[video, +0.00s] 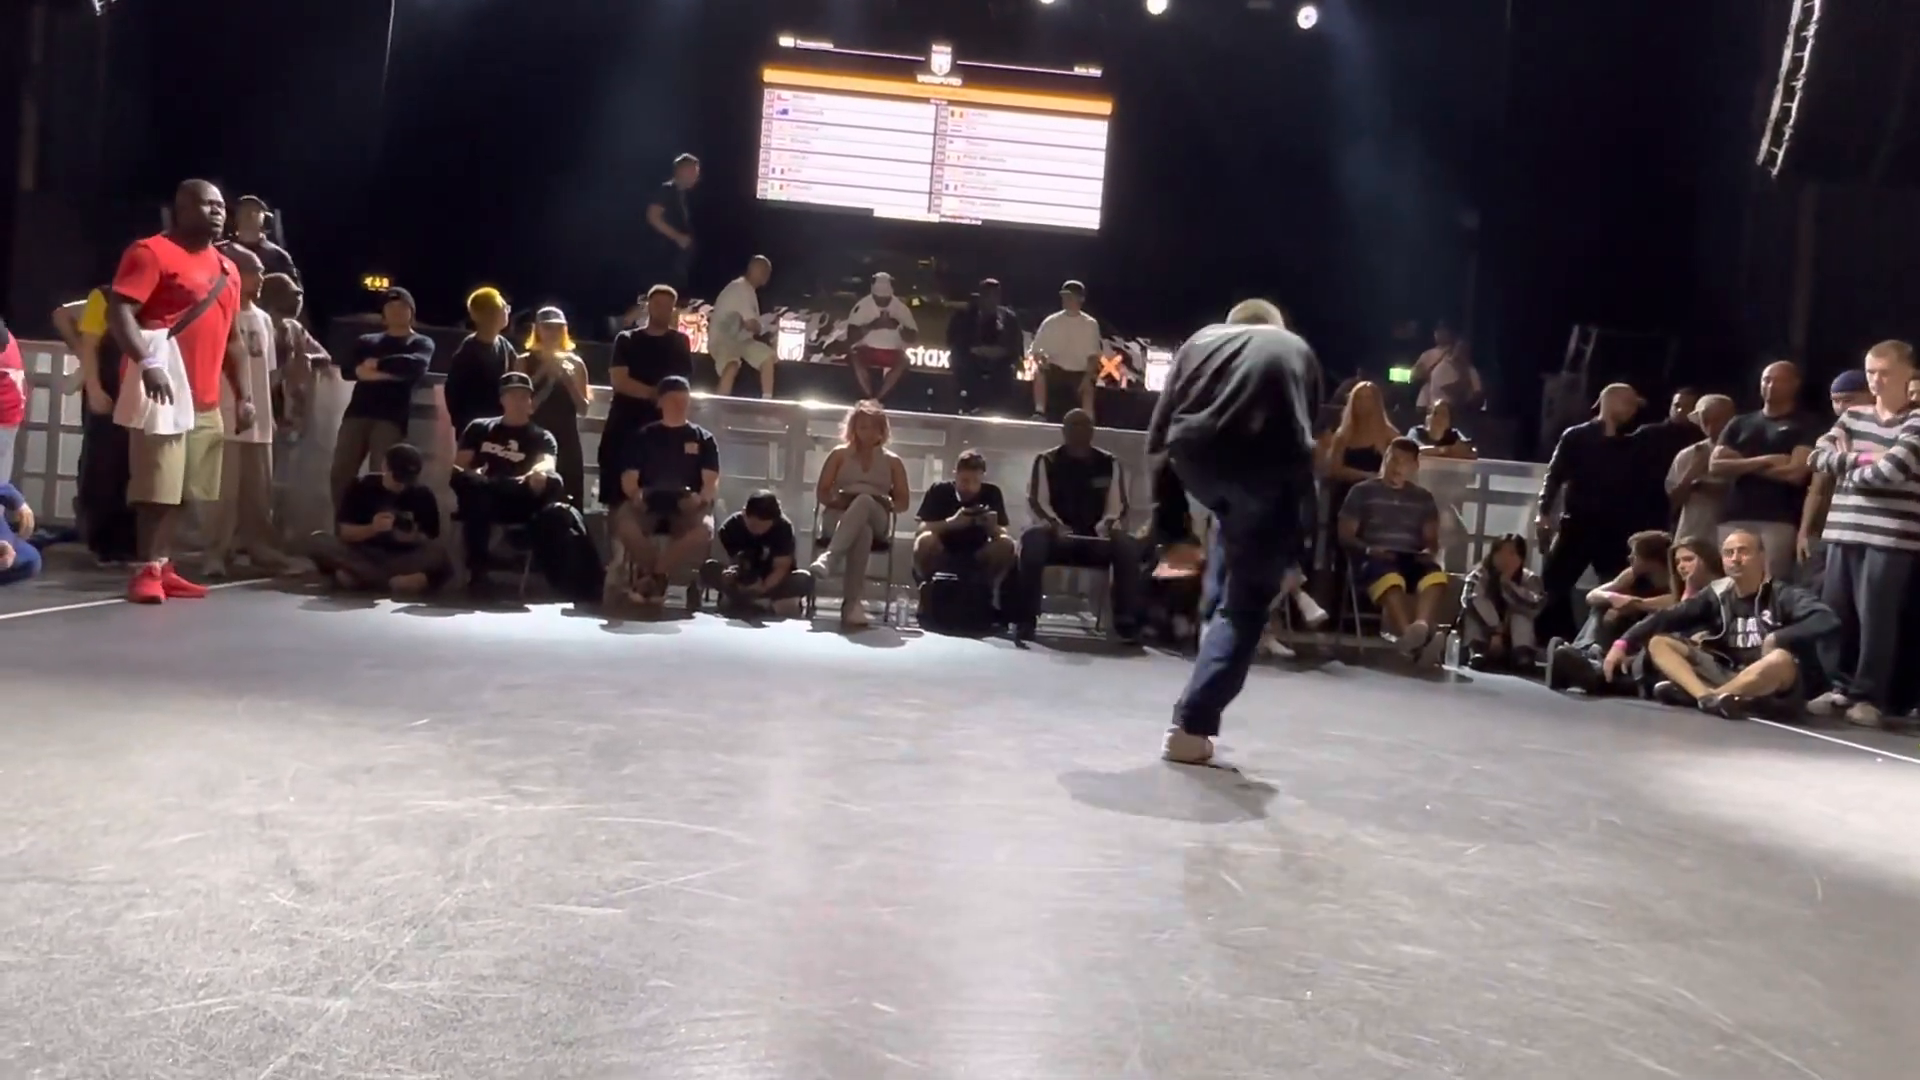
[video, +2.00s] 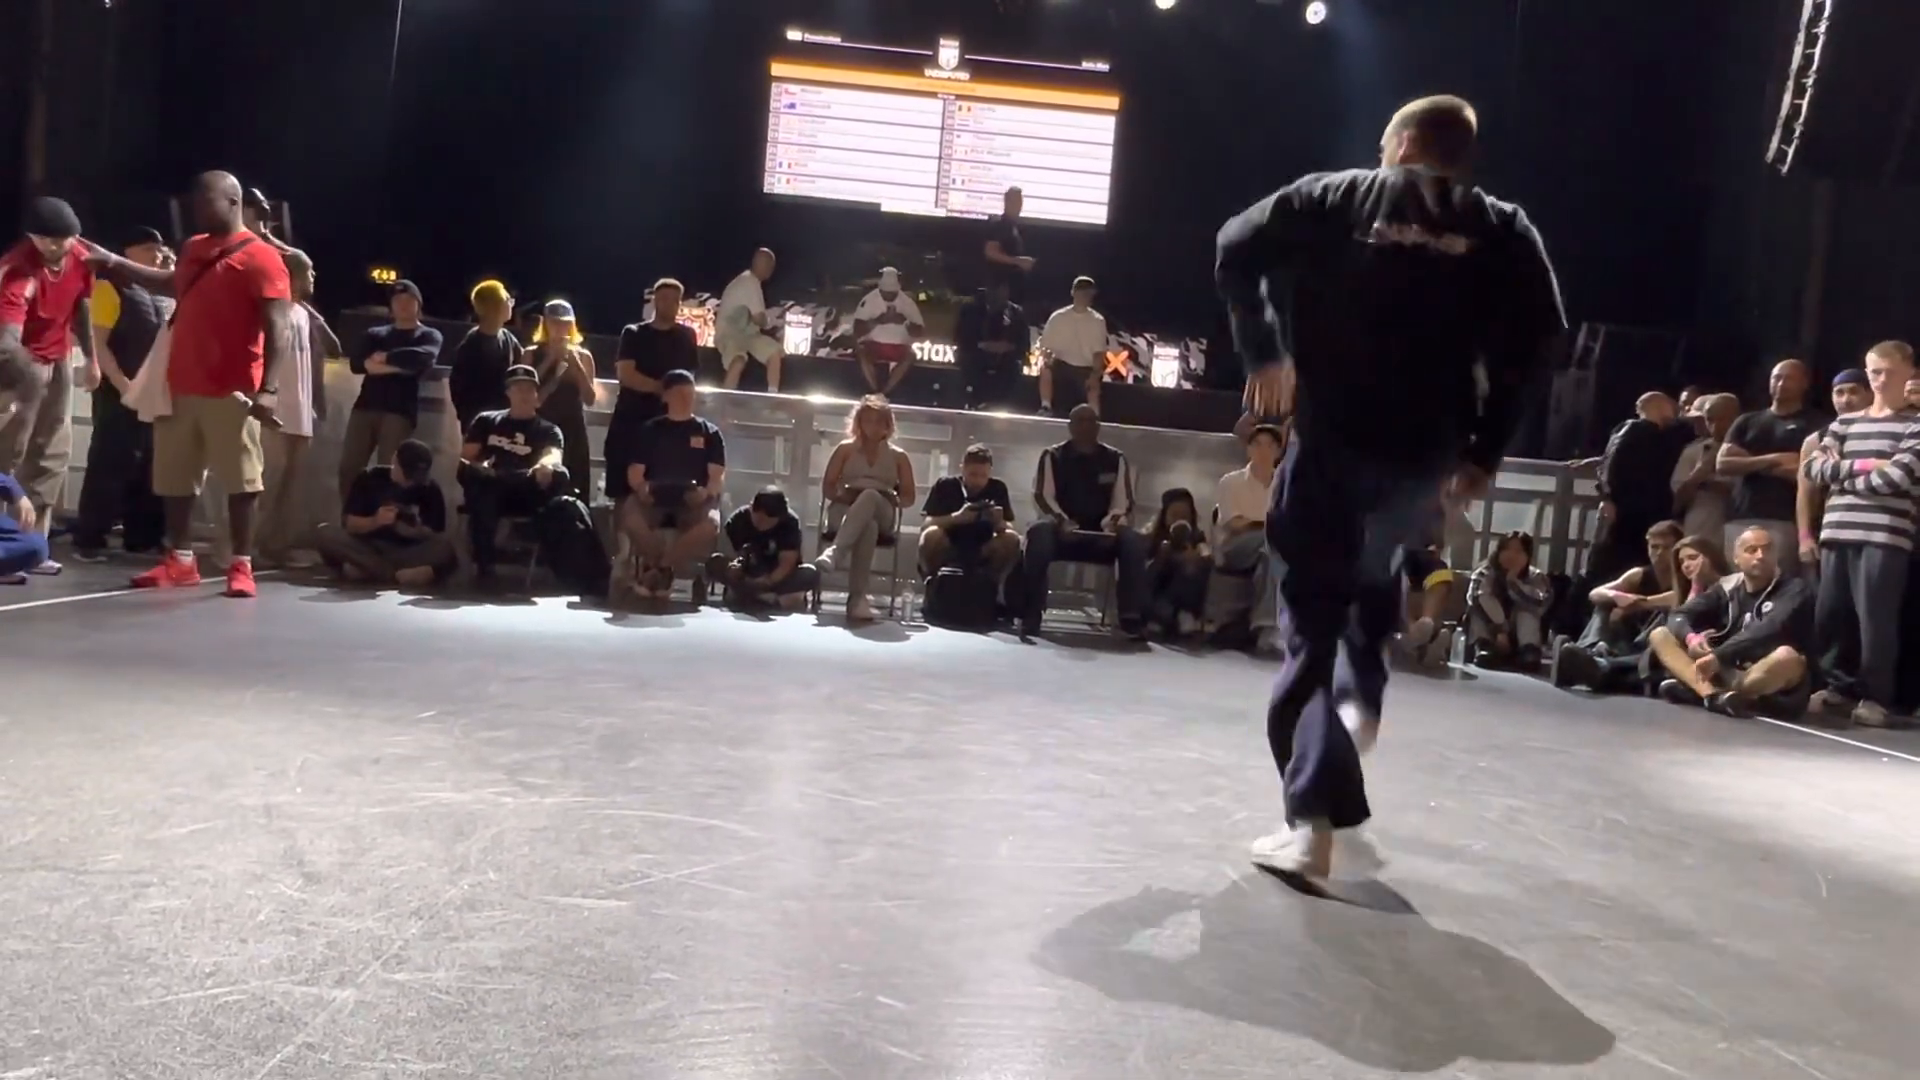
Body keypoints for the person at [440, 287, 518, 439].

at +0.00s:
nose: (509, 309)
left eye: (505, 305)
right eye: (503, 306)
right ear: (489, 314)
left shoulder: (505, 347)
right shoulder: (466, 354)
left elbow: (512, 384)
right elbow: (452, 389)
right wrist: (461, 424)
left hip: (501, 425)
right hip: (471, 427)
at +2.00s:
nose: (512, 302)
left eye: (509, 298)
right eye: (507, 299)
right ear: (493, 307)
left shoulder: (509, 340)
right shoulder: (469, 347)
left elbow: (518, 377)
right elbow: (457, 385)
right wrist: (467, 419)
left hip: (505, 417)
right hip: (475, 421)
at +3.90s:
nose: (487, 318)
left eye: (493, 313)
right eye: (484, 311)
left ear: (505, 319)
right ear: (477, 313)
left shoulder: (514, 351)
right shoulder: (457, 345)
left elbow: (516, 391)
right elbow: (447, 382)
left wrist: (509, 426)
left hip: (497, 427)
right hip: (459, 423)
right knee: (455, 485)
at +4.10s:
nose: (481, 323)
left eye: (487, 318)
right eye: (478, 317)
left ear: (499, 322)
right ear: (471, 317)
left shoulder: (510, 354)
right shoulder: (453, 348)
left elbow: (512, 395)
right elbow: (443, 387)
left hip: (493, 432)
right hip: (455, 429)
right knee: (452, 492)